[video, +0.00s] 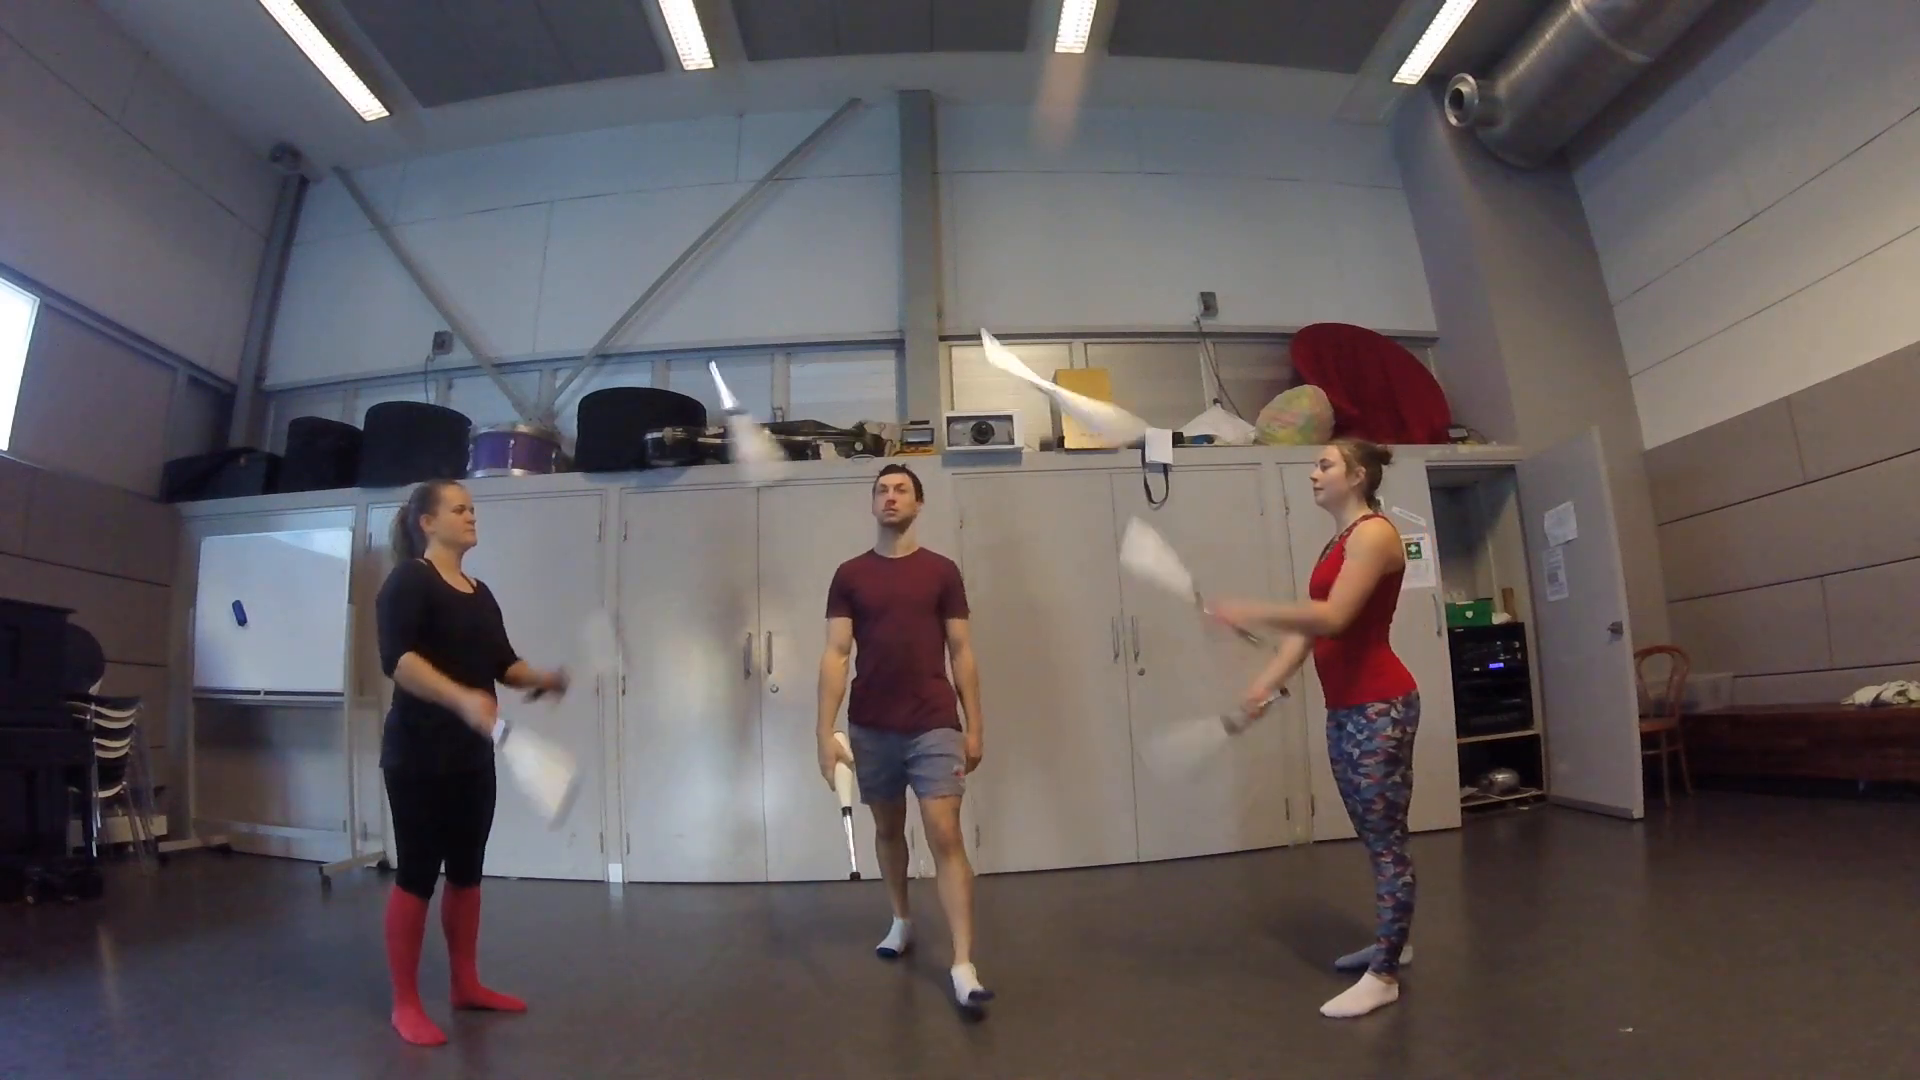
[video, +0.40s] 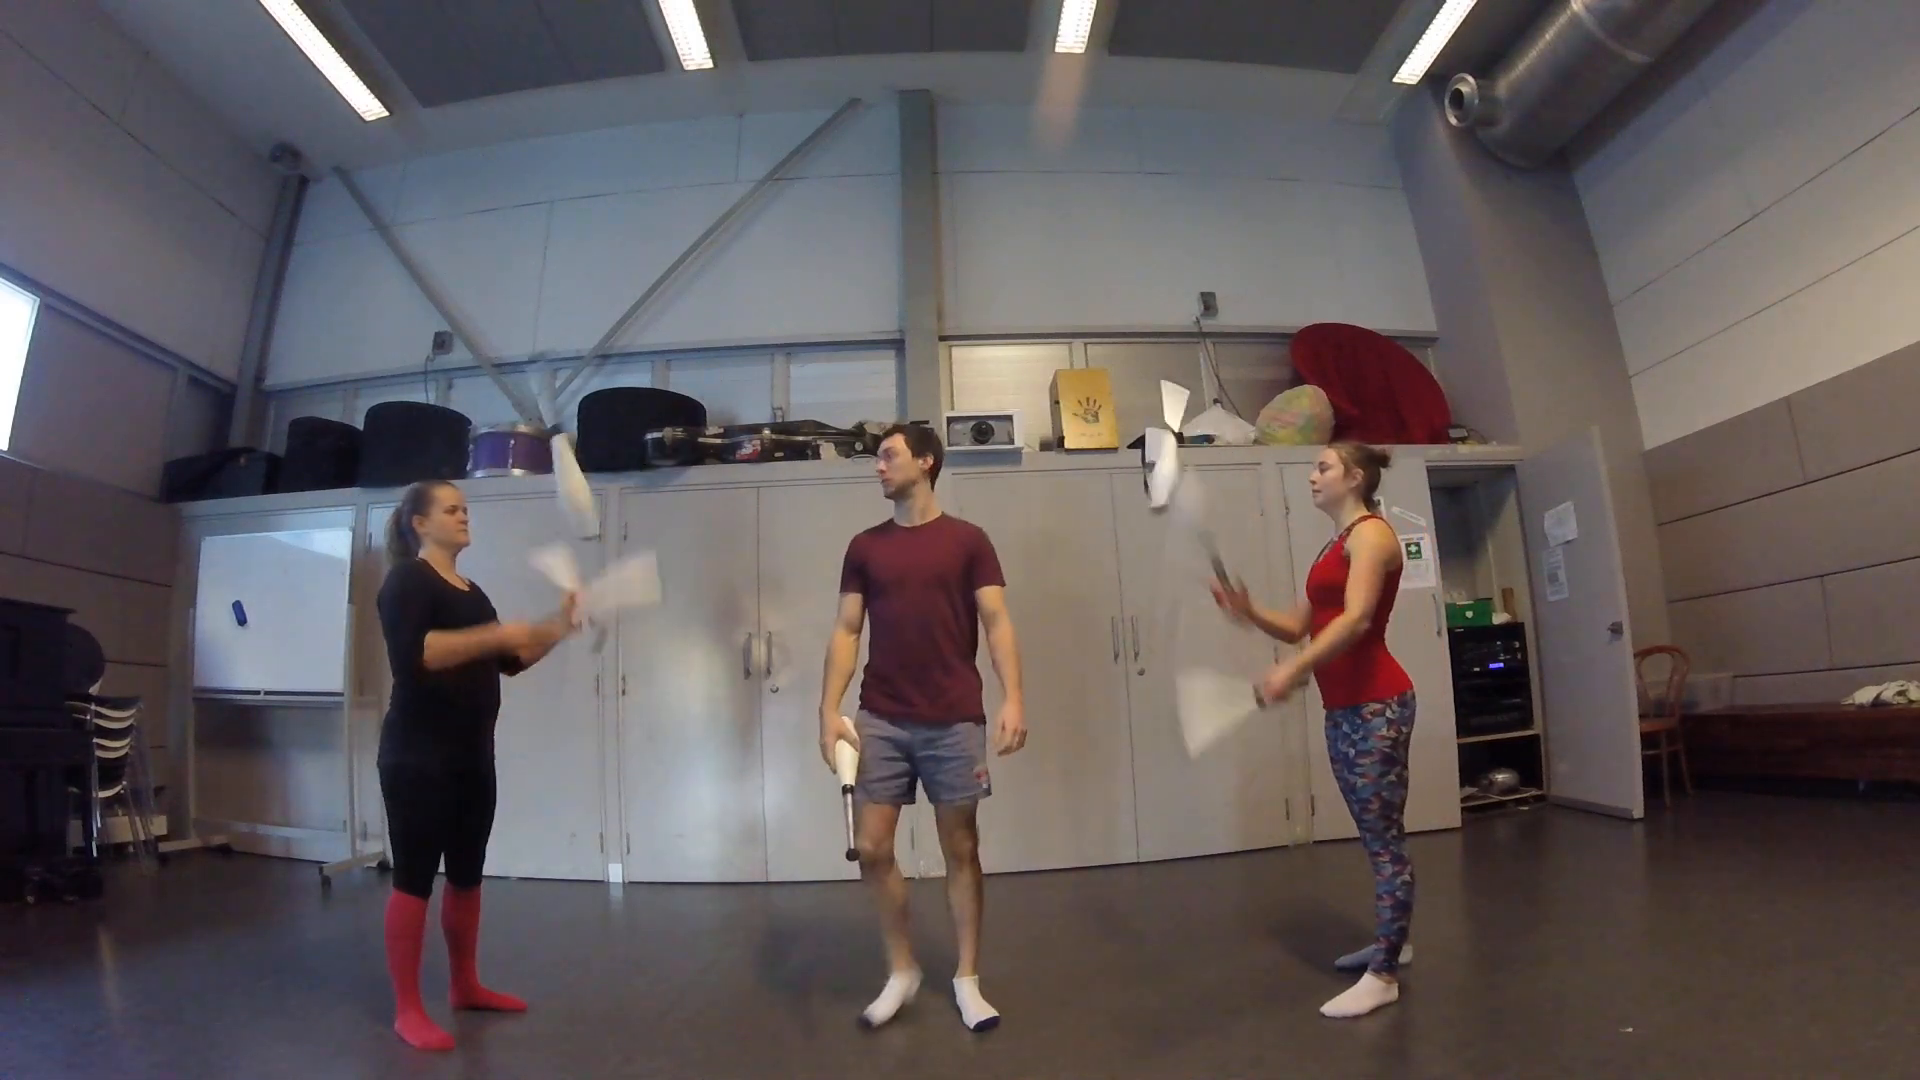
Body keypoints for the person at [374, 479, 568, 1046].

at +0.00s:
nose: (472, 518)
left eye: (472, 510)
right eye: (460, 510)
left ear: (467, 523)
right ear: (426, 522)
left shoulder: (478, 591)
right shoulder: (406, 584)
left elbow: (504, 665)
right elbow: (397, 660)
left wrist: (541, 678)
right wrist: (463, 698)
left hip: (473, 749)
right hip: (418, 751)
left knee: (466, 872)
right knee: (416, 874)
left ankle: (467, 987)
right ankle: (405, 1005)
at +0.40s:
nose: (465, 519)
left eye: (466, 510)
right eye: (453, 511)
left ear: (459, 522)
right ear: (419, 523)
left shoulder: (473, 593)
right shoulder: (404, 584)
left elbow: (509, 659)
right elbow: (418, 653)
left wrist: (558, 625)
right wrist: (501, 637)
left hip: (472, 752)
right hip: (416, 754)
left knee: (466, 874)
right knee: (414, 878)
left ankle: (466, 988)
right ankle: (408, 1011)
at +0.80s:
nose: (458, 516)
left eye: (459, 507)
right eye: (446, 507)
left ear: (455, 520)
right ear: (412, 519)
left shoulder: (470, 590)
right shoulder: (394, 581)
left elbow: (495, 661)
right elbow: (391, 661)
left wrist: (526, 654)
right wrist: (455, 680)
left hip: (467, 754)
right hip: (409, 754)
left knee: (464, 873)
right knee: (410, 879)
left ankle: (466, 987)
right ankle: (409, 1010)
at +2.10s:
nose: (461, 515)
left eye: (460, 506)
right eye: (449, 508)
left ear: (455, 522)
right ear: (417, 522)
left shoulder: (470, 594)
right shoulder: (405, 581)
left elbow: (509, 661)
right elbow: (424, 647)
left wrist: (571, 699)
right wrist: (511, 631)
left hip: (468, 755)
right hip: (419, 757)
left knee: (464, 875)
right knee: (422, 878)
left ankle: (465, 987)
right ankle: (409, 1010)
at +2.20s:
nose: (464, 516)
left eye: (463, 508)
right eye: (451, 509)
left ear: (459, 522)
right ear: (418, 523)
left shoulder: (469, 591)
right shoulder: (406, 579)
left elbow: (505, 665)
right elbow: (447, 626)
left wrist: (557, 715)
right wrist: (516, 582)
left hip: (468, 752)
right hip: (417, 755)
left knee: (464, 875)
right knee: (420, 879)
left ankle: (466, 989)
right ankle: (410, 1011)